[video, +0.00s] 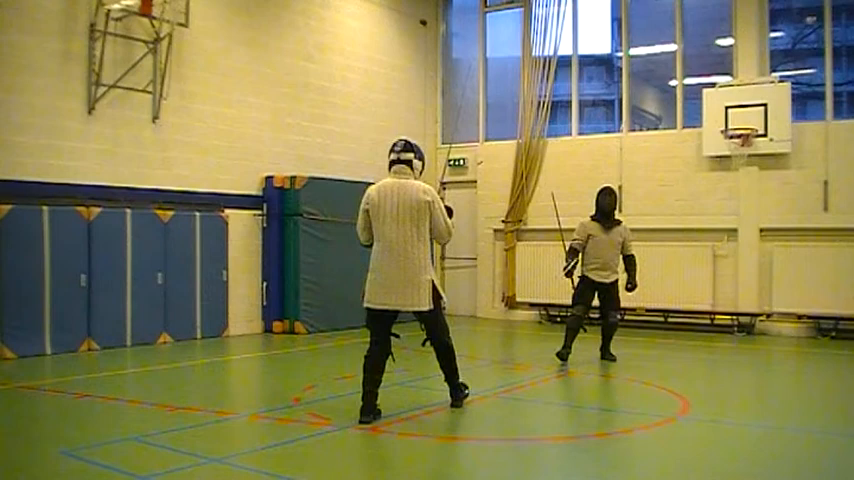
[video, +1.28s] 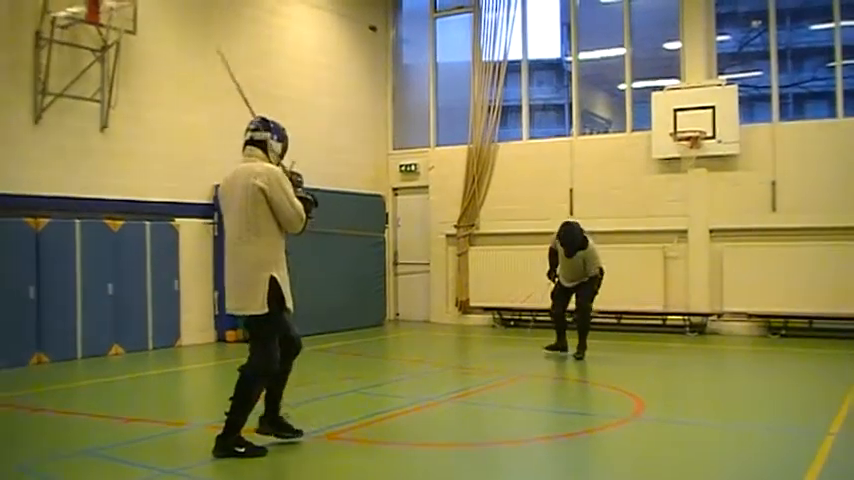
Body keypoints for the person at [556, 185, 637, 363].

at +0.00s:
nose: (609, 202)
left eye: (612, 198)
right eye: (605, 198)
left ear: (616, 203)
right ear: (597, 201)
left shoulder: (622, 230)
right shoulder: (586, 226)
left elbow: (628, 255)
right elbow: (575, 247)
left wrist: (631, 277)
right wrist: (570, 263)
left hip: (610, 281)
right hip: (588, 278)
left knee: (612, 318)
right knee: (578, 312)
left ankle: (605, 349)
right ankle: (566, 347)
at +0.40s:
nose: (612, 204)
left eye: (615, 199)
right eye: (609, 199)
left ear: (620, 202)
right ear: (603, 202)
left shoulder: (628, 227)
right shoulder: (592, 224)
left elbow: (638, 252)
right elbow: (580, 248)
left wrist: (638, 275)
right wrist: (575, 270)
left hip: (615, 278)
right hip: (593, 276)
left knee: (612, 314)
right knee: (587, 308)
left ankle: (606, 348)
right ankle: (587, 339)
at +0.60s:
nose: (604, 215)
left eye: (607, 211)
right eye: (601, 210)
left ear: (612, 213)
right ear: (595, 211)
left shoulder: (619, 233)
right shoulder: (584, 230)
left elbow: (628, 258)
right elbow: (574, 252)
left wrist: (626, 279)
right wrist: (573, 275)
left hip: (608, 280)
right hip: (587, 280)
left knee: (605, 314)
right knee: (587, 314)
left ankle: (600, 349)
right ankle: (593, 341)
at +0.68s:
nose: (599, 232)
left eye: (603, 227)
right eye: (596, 227)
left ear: (608, 224)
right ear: (592, 223)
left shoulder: (617, 238)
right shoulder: (583, 234)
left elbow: (627, 262)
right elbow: (574, 254)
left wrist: (623, 281)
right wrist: (574, 275)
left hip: (606, 280)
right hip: (587, 280)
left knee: (605, 313)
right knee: (588, 314)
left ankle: (602, 348)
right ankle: (595, 343)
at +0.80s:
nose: (596, 251)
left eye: (599, 248)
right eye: (593, 247)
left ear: (606, 242)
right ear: (587, 240)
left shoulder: (615, 246)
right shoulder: (580, 240)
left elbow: (622, 271)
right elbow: (571, 254)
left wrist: (614, 290)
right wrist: (572, 274)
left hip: (606, 280)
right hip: (585, 280)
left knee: (605, 309)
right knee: (584, 313)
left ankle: (606, 345)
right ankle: (591, 344)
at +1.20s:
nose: (577, 256)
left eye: (580, 253)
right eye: (575, 253)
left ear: (588, 248)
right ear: (570, 245)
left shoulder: (599, 252)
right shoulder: (566, 239)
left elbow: (606, 275)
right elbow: (560, 250)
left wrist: (601, 296)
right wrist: (560, 268)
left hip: (594, 281)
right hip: (573, 280)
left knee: (592, 311)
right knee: (567, 311)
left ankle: (592, 347)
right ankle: (570, 343)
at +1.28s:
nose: (567, 250)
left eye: (570, 248)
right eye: (565, 246)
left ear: (579, 243)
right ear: (561, 241)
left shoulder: (589, 249)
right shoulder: (558, 240)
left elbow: (597, 273)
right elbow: (553, 251)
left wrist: (590, 296)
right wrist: (552, 268)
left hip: (584, 281)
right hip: (564, 281)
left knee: (583, 311)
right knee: (556, 311)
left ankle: (581, 347)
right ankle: (561, 342)